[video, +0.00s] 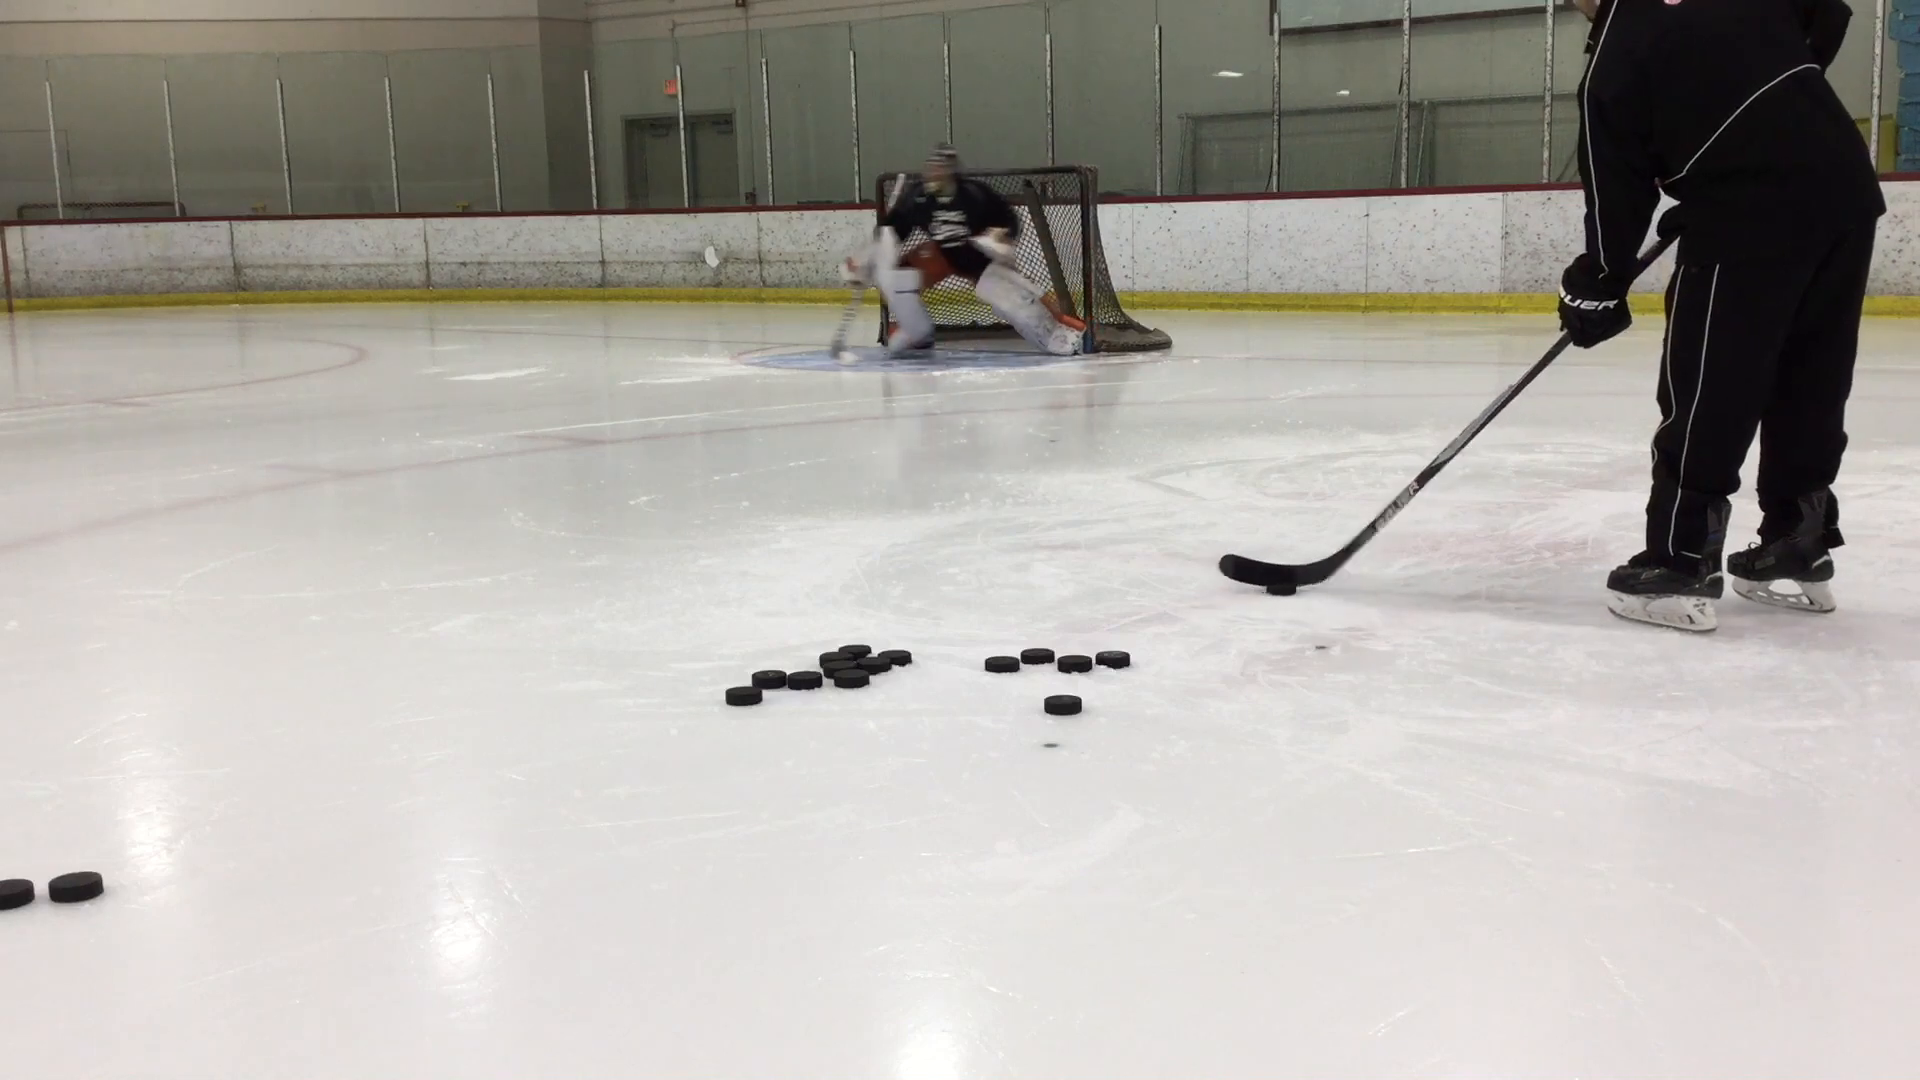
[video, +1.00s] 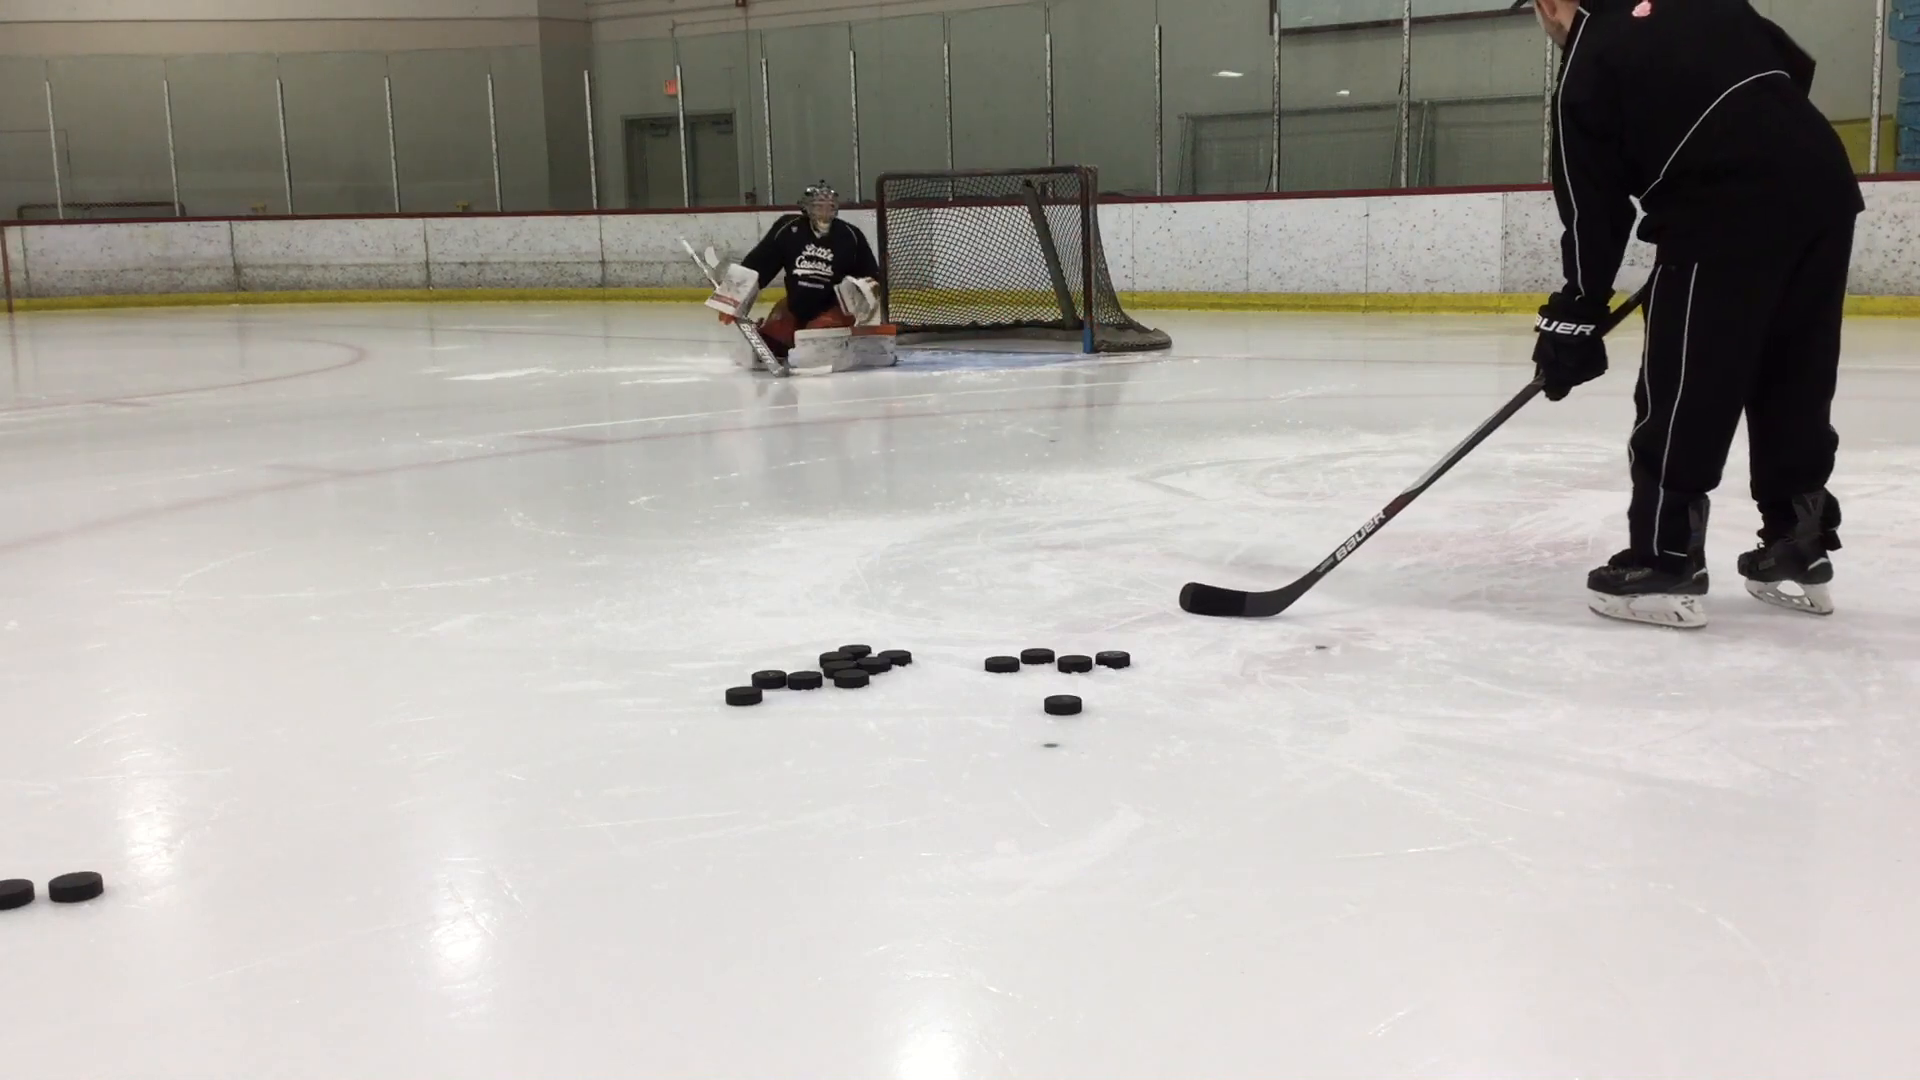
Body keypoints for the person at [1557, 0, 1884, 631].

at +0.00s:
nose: (1573, 11)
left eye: (1573, 7)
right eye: (1572, 6)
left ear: (1588, 4)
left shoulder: (1611, 69)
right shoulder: (1733, 7)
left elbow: (1618, 186)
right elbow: (1831, 13)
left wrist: (1598, 283)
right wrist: (1777, 93)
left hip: (1745, 211)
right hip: (1846, 195)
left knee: (1704, 387)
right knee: (1811, 381)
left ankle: (1682, 558)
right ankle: (1798, 544)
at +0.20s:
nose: (1574, 12)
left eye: (1573, 6)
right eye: (1572, 6)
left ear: (1588, 2)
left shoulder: (1608, 60)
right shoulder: (1737, 4)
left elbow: (1618, 192)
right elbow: (1824, 34)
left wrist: (1593, 301)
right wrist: (1766, 137)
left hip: (1740, 207)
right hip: (1843, 190)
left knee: (1702, 384)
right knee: (1811, 377)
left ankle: (1683, 556)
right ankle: (1798, 543)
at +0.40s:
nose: (1569, 14)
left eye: (1567, 7)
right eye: (1566, 9)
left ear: (1586, 3)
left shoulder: (1607, 60)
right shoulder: (1734, 6)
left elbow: (1616, 193)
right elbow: (1817, 41)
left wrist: (1599, 308)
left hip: (1741, 211)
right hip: (1843, 192)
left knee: (1704, 387)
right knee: (1809, 378)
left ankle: (1682, 557)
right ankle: (1798, 544)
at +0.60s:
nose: (1564, 15)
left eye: (1563, 7)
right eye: (1561, 9)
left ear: (1581, 3)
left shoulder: (1603, 68)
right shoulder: (1731, 6)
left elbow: (1611, 198)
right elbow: (1811, 51)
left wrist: (1593, 310)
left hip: (1739, 211)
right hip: (1840, 192)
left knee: (1702, 386)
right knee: (1807, 379)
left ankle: (1681, 559)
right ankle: (1797, 544)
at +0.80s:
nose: (1556, 13)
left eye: (1556, 5)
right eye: (1553, 7)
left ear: (1576, 1)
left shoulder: (1596, 71)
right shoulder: (1721, 6)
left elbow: (1602, 202)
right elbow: (1804, 57)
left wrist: (1582, 313)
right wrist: (1722, 177)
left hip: (1732, 212)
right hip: (1833, 192)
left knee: (1695, 386)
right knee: (1800, 380)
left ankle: (1677, 558)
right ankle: (1797, 544)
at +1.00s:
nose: (1542, 22)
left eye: (1539, 9)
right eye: (1537, 12)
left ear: (1560, 3)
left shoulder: (1584, 74)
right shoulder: (1705, 5)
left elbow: (1594, 208)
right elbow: (1793, 65)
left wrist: (1572, 319)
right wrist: (1712, 181)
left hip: (1722, 213)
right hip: (1823, 192)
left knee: (1683, 386)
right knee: (1794, 379)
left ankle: (1666, 557)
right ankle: (1799, 546)